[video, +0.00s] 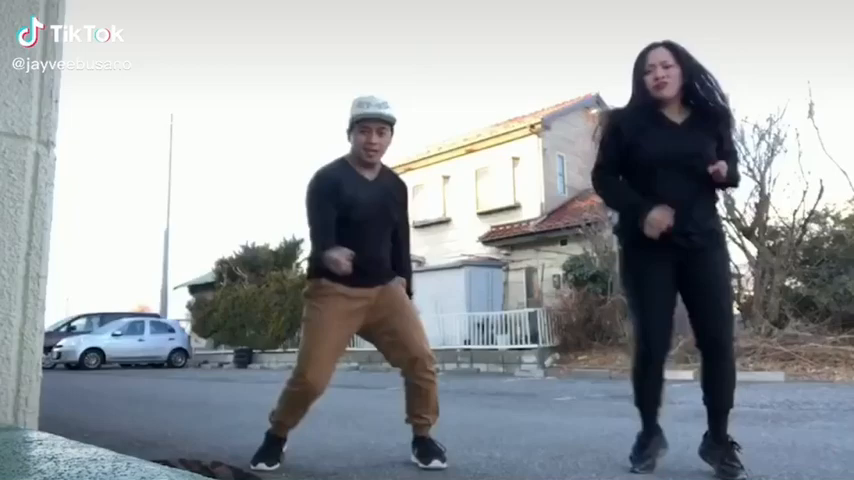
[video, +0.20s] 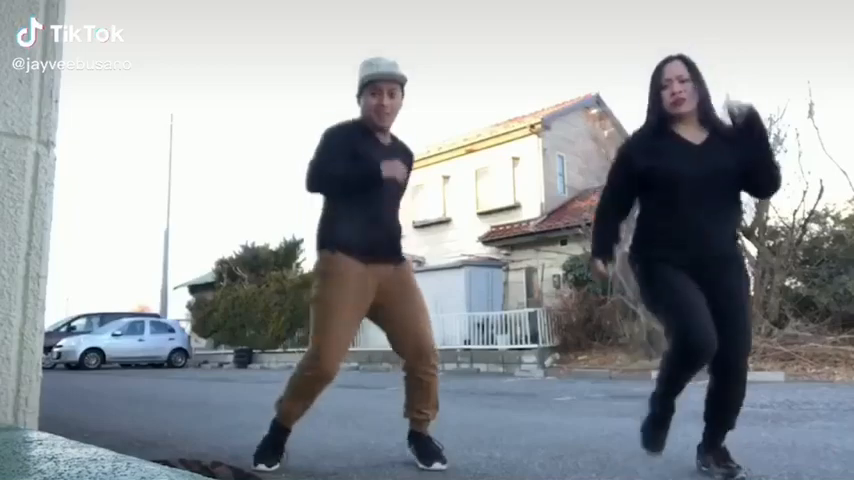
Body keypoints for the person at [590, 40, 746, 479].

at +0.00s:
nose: (658, 75)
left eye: (666, 67)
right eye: (649, 70)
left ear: (684, 72)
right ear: (640, 80)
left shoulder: (712, 118)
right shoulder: (625, 122)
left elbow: (731, 170)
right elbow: (603, 177)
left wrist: (724, 172)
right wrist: (642, 210)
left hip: (704, 244)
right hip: (647, 248)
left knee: (718, 340)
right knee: (652, 342)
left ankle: (717, 437)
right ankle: (650, 431)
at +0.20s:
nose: (675, 89)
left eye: (682, 81)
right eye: (666, 84)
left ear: (698, 87)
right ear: (656, 94)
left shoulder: (728, 140)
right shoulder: (641, 147)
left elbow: (765, 186)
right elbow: (614, 201)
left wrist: (753, 136)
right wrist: (602, 247)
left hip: (721, 260)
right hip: (661, 261)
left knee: (734, 354)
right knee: (698, 341)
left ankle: (713, 446)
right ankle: (662, 405)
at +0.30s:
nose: (677, 63)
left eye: (686, 55)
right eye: (668, 58)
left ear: (701, 62)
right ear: (659, 67)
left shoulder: (726, 110)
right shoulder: (642, 115)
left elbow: (767, 133)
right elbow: (605, 158)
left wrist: (735, 77)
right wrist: (592, 198)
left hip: (722, 237)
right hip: (659, 228)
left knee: (723, 345)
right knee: (706, 276)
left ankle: (714, 440)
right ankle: (671, 355)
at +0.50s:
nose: (681, 36)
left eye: (690, 28)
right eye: (671, 31)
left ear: (709, 38)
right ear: (657, 45)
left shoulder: (732, 82)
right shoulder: (644, 87)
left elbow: (776, 115)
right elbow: (617, 143)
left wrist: (736, 49)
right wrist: (615, 196)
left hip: (730, 213)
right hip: (664, 208)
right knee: (698, 284)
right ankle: (676, 423)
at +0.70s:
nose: (683, 65)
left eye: (693, 54)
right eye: (671, 59)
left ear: (713, 62)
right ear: (660, 74)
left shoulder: (747, 115)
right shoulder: (639, 128)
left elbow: (748, 141)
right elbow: (625, 195)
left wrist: (689, 116)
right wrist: (649, 246)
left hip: (745, 256)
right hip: (672, 255)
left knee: (783, 389)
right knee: (669, 351)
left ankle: (731, 466)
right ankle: (657, 470)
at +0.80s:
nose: (666, 58)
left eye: (677, 47)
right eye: (653, 52)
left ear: (701, 57)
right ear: (641, 70)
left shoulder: (737, 102)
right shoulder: (627, 131)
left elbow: (733, 145)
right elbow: (620, 207)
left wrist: (645, 150)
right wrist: (659, 254)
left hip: (740, 269)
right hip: (661, 269)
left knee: (791, 415)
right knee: (670, 359)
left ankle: (733, 467)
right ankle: (640, 474)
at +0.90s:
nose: (643, 53)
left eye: (656, 40)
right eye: (628, 46)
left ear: (681, 51)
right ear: (612, 68)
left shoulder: (726, 107)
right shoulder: (602, 144)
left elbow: (760, 152)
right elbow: (593, 224)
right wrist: (646, 268)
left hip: (728, 286)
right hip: (641, 287)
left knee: (803, 447)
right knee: (673, 342)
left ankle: (742, 462)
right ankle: (639, 473)